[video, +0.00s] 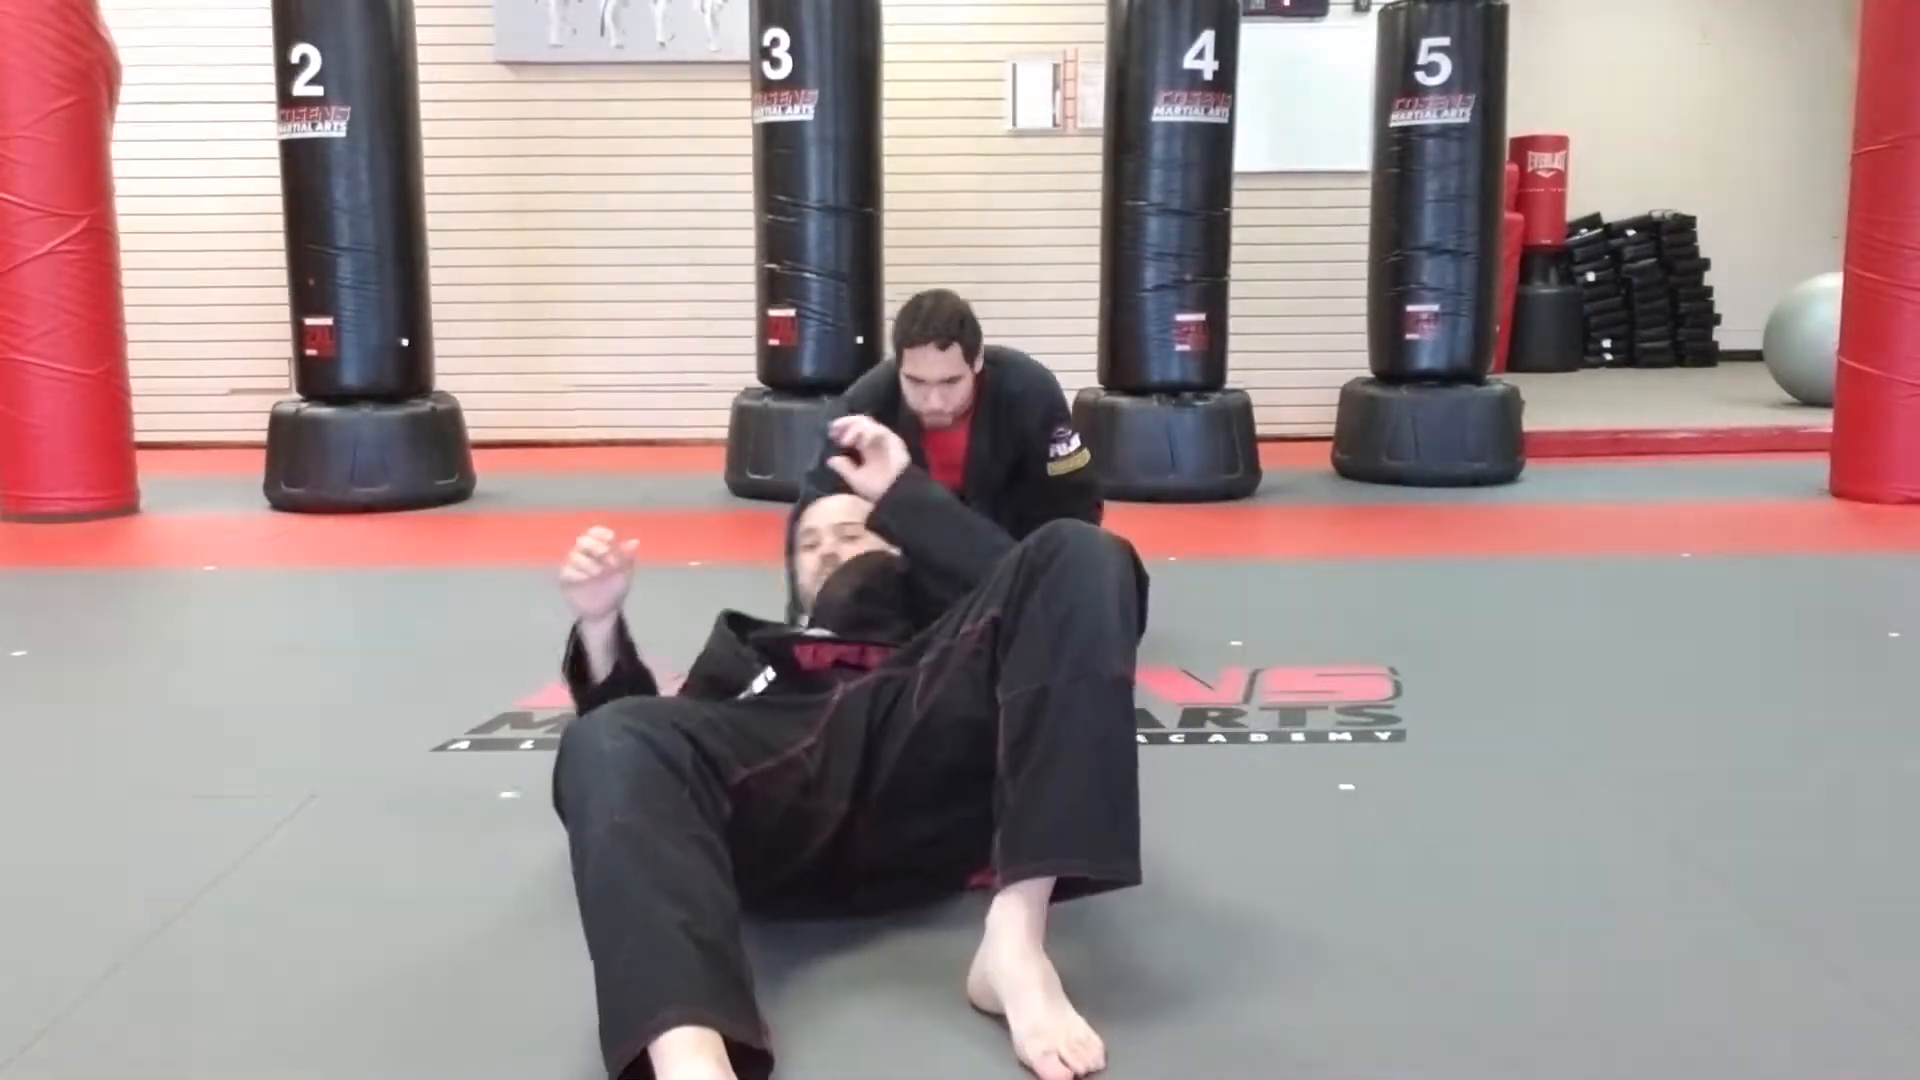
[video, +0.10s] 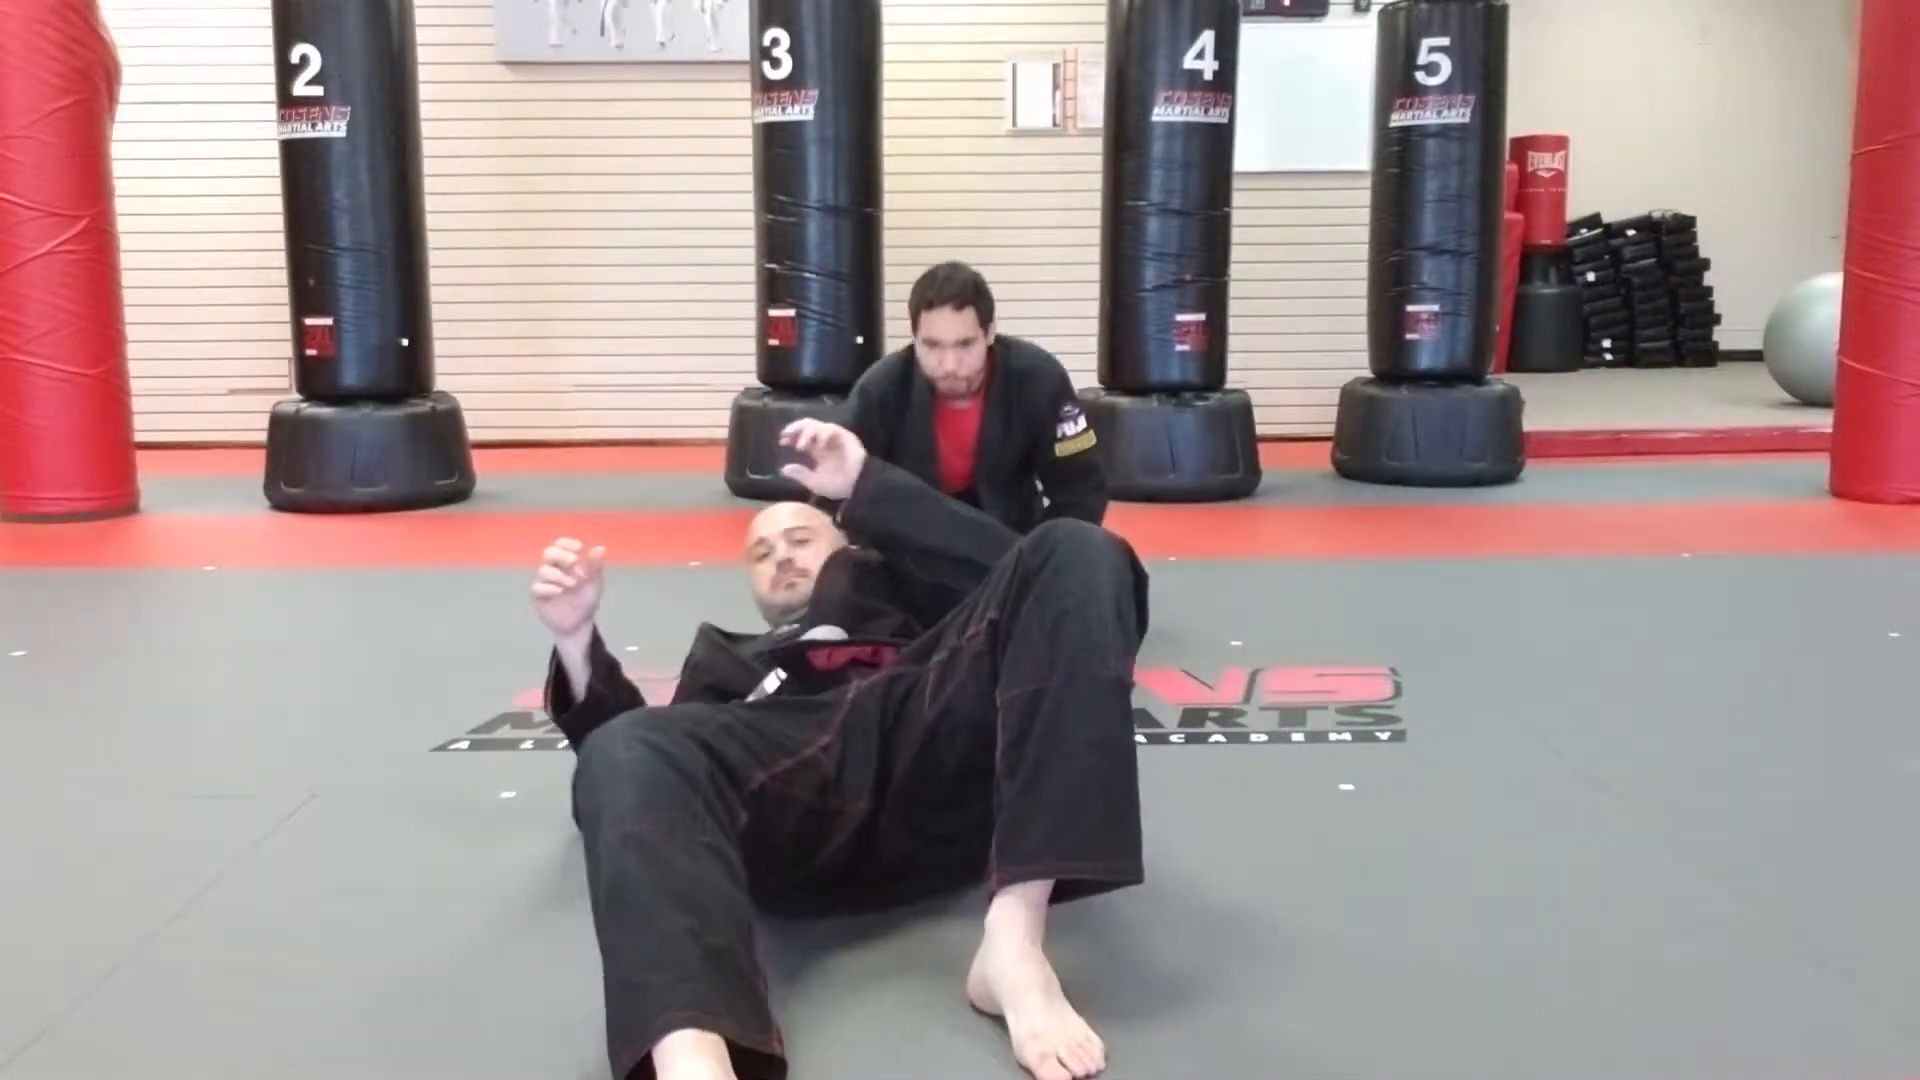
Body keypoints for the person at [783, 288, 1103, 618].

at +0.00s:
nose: (933, 402)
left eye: (950, 384)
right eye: (917, 383)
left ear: (977, 364)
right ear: (898, 366)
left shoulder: (1030, 394)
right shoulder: (864, 408)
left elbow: (1074, 509)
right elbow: (820, 516)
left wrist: (1042, 594)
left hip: (1002, 576)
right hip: (895, 579)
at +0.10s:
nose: (949, 364)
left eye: (964, 344)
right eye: (932, 345)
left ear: (989, 335)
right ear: (914, 338)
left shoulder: (1037, 378)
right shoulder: (879, 391)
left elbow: (1081, 490)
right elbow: (843, 491)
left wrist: (1044, 570)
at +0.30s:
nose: (962, 302)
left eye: (978, 283)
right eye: (948, 284)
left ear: (1000, 281)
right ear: (931, 284)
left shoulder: (1046, 348)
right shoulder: (889, 352)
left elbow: (1078, 461)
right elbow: (862, 470)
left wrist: (1066, 553)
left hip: (1015, 539)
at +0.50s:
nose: (963, 289)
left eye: (979, 271)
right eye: (949, 271)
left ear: (1002, 271)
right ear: (934, 273)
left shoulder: (1049, 339)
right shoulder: (892, 343)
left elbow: (1076, 445)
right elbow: (854, 442)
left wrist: (1048, 523)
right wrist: (861, 500)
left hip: (1015, 521)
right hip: (921, 519)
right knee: (894, 586)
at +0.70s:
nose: (962, 324)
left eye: (978, 305)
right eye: (948, 305)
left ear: (1003, 298)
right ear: (931, 299)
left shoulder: (1048, 356)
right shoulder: (887, 357)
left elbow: (1077, 457)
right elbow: (854, 455)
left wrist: (1027, 533)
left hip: (1012, 533)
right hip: (913, 530)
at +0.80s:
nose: (958, 352)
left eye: (975, 333)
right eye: (943, 332)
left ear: (999, 323)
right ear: (926, 324)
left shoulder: (1045, 371)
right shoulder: (884, 371)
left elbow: (1082, 471)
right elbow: (847, 465)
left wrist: (1041, 524)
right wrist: (845, 513)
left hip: (1010, 518)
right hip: (913, 513)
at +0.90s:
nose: (952, 377)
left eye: (968, 357)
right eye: (936, 356)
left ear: (993, 343)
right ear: (917, 340)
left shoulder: (1038, 382)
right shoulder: (879, 382)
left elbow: (1081, 498)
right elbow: (820, 484)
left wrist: (1042, 525)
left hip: (1008, 539)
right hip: (904, 534)